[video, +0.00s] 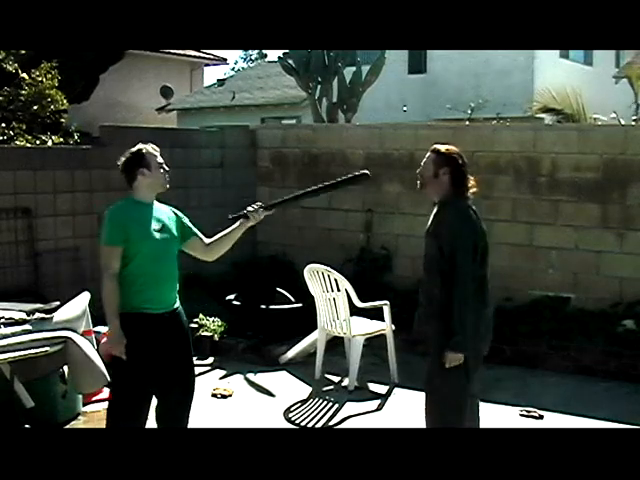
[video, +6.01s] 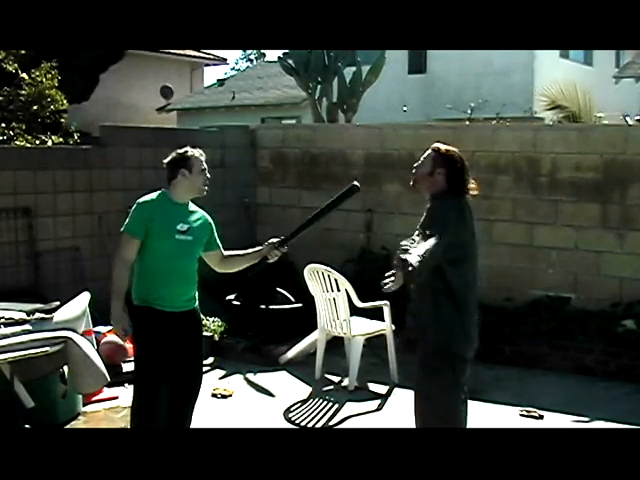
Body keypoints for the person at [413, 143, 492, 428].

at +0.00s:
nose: (419, 174)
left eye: (425, 168)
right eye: (421, 167)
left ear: (443, 176)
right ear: (443, 176)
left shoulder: (458, 219)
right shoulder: (447, 213)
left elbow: (463, 285)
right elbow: (451, 281)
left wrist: (457, 343)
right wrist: (441, 334)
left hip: (454, 338)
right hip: (445, 333)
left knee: (446, 414)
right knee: (452, 411)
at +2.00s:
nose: (418, 174)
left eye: (424, 167)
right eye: (420, 167)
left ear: (443, 171)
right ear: (443, 172)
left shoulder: (451, 217)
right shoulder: (463, 210)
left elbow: (443, 289)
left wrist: (436, 354)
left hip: (456, 346)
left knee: (455, 419)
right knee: (457, 417)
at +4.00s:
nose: (408, 176)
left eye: (413, 170)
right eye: (409, 169)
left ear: (433, 175)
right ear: (433, 175)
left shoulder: (445, 215)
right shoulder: (443, 211)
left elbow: (438, 281)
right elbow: (431, 275)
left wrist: (409, 325)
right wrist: (410, 306)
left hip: (449, 328)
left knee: (441, 410)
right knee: (443, 408)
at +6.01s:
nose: (413, 169)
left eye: (421, 166)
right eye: (418, 164)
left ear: (439, 177)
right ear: (438, 177)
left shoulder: (451, 209)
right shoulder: (437, 207)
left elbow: (432, 248)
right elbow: (414, 240)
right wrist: (406, 261)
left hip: (449, 328)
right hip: (436, 323)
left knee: (437, 404)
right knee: (436, 401)